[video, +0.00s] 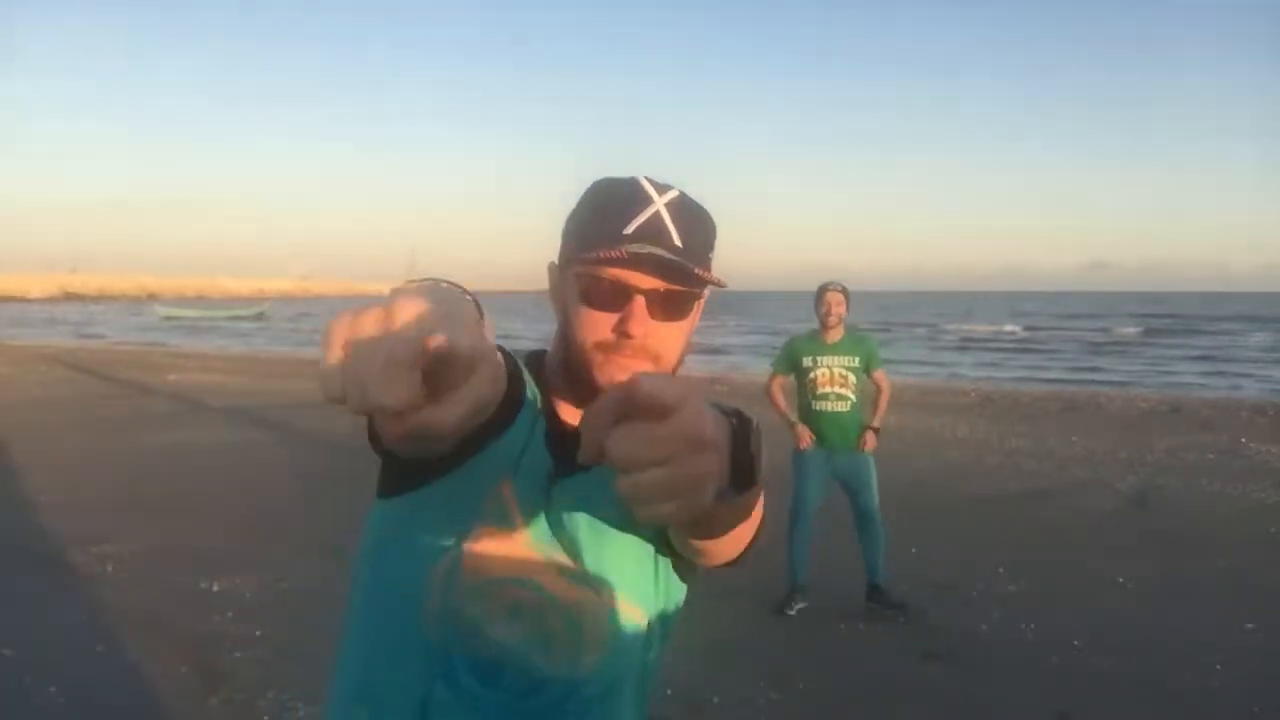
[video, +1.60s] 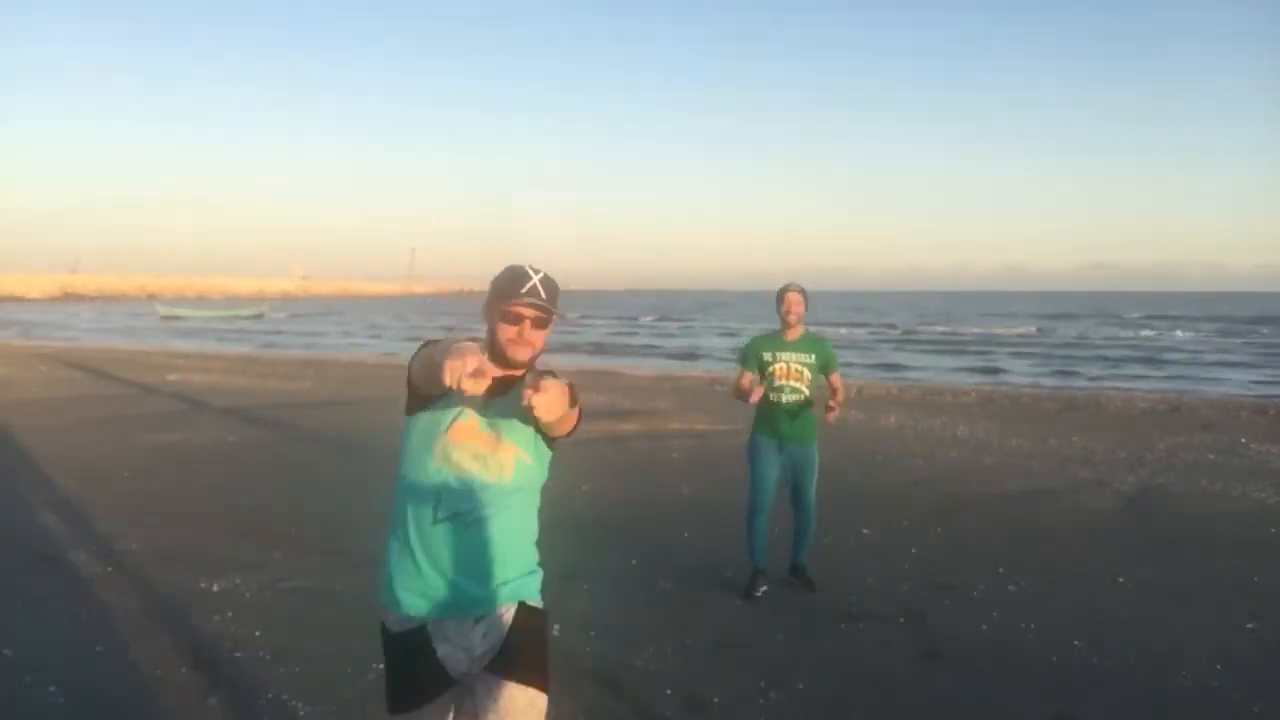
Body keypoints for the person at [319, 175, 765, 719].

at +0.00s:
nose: (634, 323)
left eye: (666, 300)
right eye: (606, 292)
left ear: (696, 313)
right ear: (558, 288)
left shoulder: (689, 443)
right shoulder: (469, 397)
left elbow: (727, 545)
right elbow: (457, 379)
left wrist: (718, 467)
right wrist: (418, 358)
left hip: (594, 707)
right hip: (389, 702)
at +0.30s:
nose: (598, 338)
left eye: (628, 320)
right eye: (574, 310)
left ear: (654, 330)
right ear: (532, 306)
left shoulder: (641, 444)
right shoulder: (447, 401)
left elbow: (673, 530)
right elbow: (401, 419)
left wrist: (657, 466)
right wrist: (420, 371)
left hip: (552, 711)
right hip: (367, 706)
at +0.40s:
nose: (573, 348)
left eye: (601, 330)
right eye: (550, 321)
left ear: (627, 336)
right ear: (510, 313)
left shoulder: (613, 442)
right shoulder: (432, 404)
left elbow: (641, 523)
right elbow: (386, 422)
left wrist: (626, 455)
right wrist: (405, 385)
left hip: (525, 712)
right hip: (353, 706)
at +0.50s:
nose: (540, 346)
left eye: (566, 328)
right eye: (518, 320)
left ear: (590, 334)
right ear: (482, 315)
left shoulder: (576, 433)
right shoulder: (406, 395)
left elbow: (598, 504)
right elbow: (364, 415)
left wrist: (584, 443)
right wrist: (392, 379)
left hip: (490, 710)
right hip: (334, 705)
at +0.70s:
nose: (517, 318)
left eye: (541, 303)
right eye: (500, 295)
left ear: (562, 312)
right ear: (467, 289)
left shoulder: (557, 395)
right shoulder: (391, 369)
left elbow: (569, 451)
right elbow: (368, 368)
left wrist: (541, 398)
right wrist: (395, 338)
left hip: (467, 701)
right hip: (318, 690)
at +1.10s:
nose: (541, 333)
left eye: (562, 320)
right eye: (528, 314)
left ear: (579, 328)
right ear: (502, 310)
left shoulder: (574, 393)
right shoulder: (435, 378)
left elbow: (586, 443)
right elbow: (420, 374)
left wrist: (568, 396)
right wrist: (447, 352)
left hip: (507, 676)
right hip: (390, 668)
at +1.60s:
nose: (524, 333)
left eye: (538, 323)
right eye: (511, 318)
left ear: (550, 329)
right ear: (489, 316)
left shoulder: (547, 388)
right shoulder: (434, 365)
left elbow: (564, 418)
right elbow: (428, 366)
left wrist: (554, 403)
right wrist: (454, 363)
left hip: (511, 604)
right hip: (420, 604)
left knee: (515, 708)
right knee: (418, 710)